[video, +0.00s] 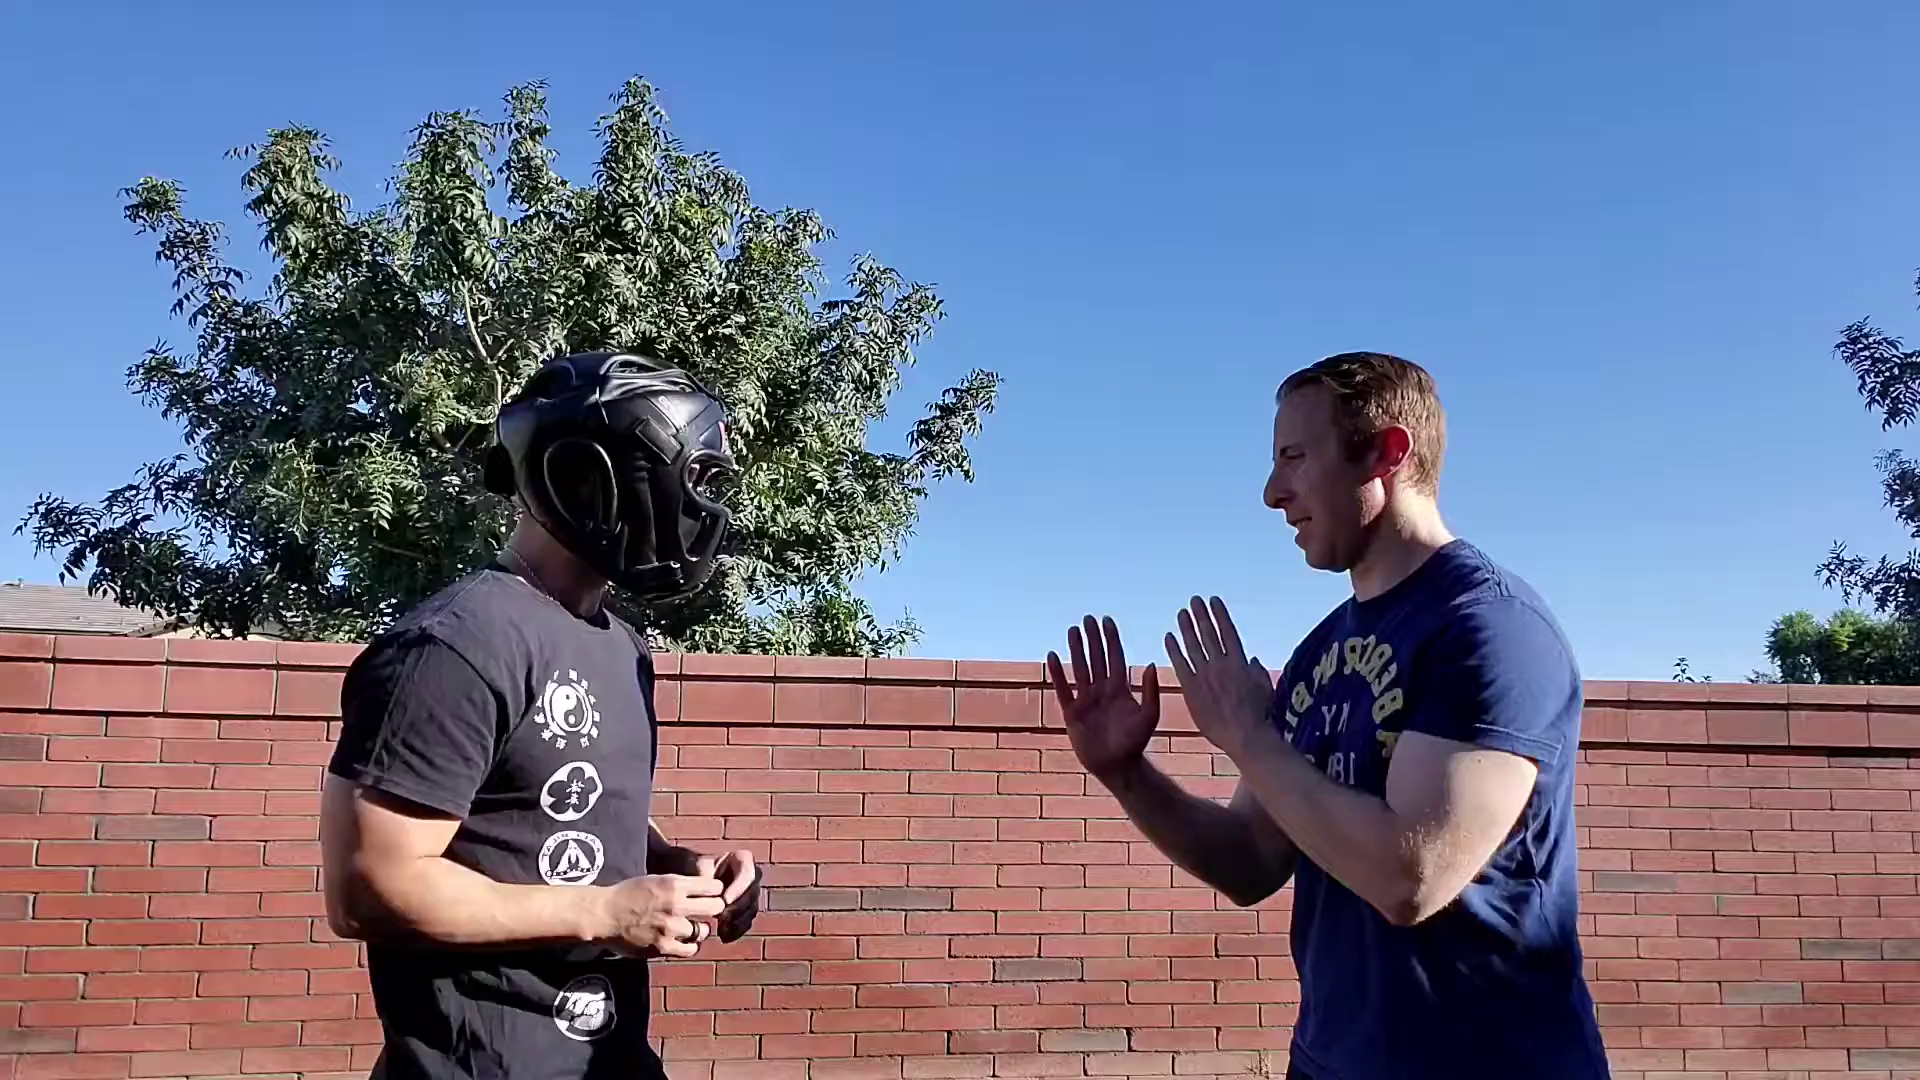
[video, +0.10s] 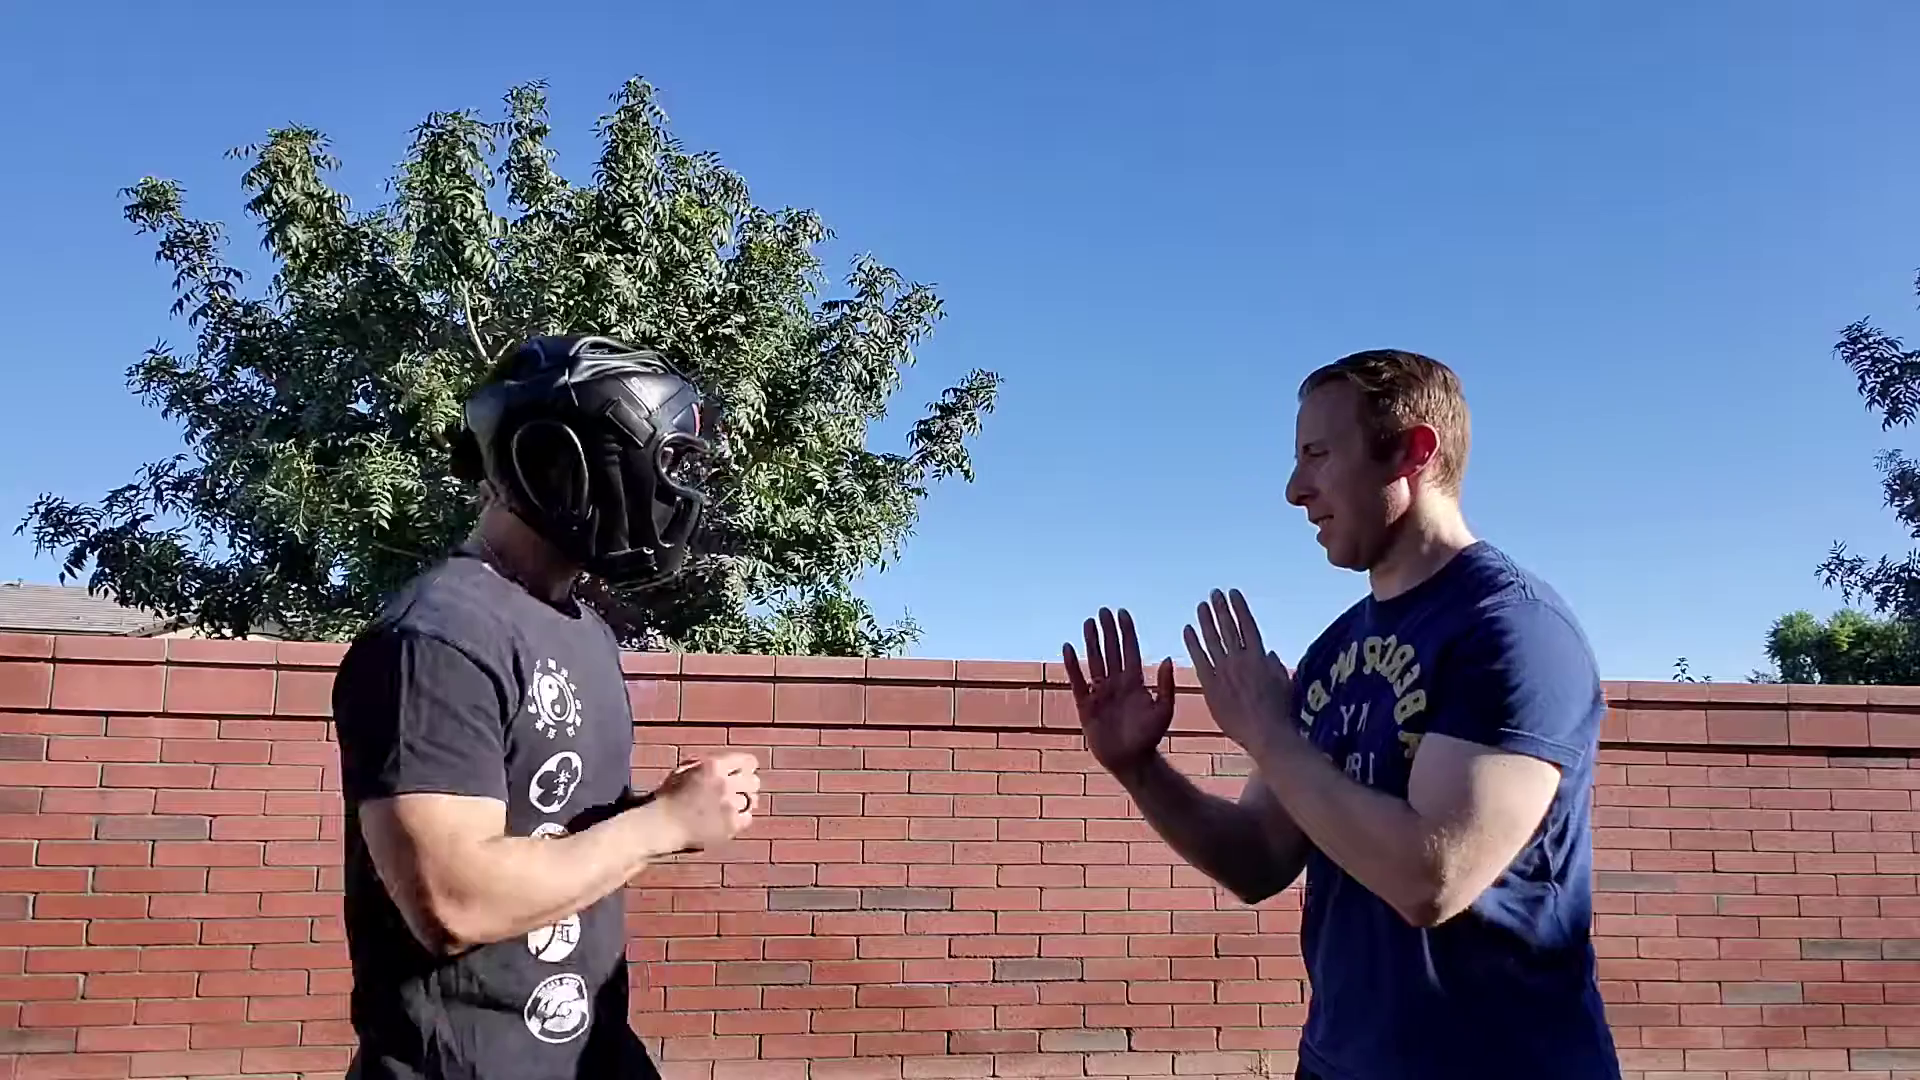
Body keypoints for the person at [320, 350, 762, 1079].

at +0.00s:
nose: (702, 507)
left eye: (704, 481)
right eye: (685, 479)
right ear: (599, 482)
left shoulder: (622, 649)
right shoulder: (451, 645)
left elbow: (582, 829)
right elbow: (370, 890)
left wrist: (679, 870)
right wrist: (603, 912)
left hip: (612, 1050)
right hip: (480, 1057)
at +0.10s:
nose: (682, 494)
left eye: (684, 467)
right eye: (666, 465)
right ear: (576, 471)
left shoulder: (584, 628)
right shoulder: (431, 640)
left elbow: (557, 825)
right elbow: (452, 901)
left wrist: (668, 813)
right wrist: (661, 825)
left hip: (589, 1043)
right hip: (460, 1058)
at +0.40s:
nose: (785, 529)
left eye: (787, 505)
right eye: (770, 502)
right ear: (686, 500)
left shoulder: (733, 670)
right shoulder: (540, 668)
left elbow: (792, 805)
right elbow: (562, 904)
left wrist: (936, 821)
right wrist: (770, 786)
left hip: (724, 1056)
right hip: (581, 1060)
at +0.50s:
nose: (867, 531)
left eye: (873, 507)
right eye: (847, 503)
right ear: (754, 497)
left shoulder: (837, 652)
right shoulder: (591, 670)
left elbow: (984, 728)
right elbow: (557, 902)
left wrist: (1106, 713)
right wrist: (766, 816)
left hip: (788, 1054)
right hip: (623, 1059)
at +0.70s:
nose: (882, 550)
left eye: (891, 527)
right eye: (859, 525)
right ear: (759, 519)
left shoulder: (870, 664)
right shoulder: (593, 682)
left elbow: (1069, 672)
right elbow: (499, 904)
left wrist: (1198, 640)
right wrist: (697, 870)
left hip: (804, 1066)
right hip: (625, 1066)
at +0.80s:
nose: (881, 546)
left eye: (887, 522)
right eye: (858, 519)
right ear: (761, 513)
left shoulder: (867, 655)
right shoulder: (584, 677)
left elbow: (1058, 672)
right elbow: (528, 899)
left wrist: (1203, 640)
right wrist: (720, 799)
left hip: (803, 1060)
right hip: (621, 1062)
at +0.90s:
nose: (886, 538)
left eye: (891, 514)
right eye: (862, 511)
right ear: (760, 509)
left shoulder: (872, 659)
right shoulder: (589, 676)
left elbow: (1068, 672)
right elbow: (525, 897)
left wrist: (1210, 642)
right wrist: (714, 809)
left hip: (806, 1064)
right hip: (624, 1064)